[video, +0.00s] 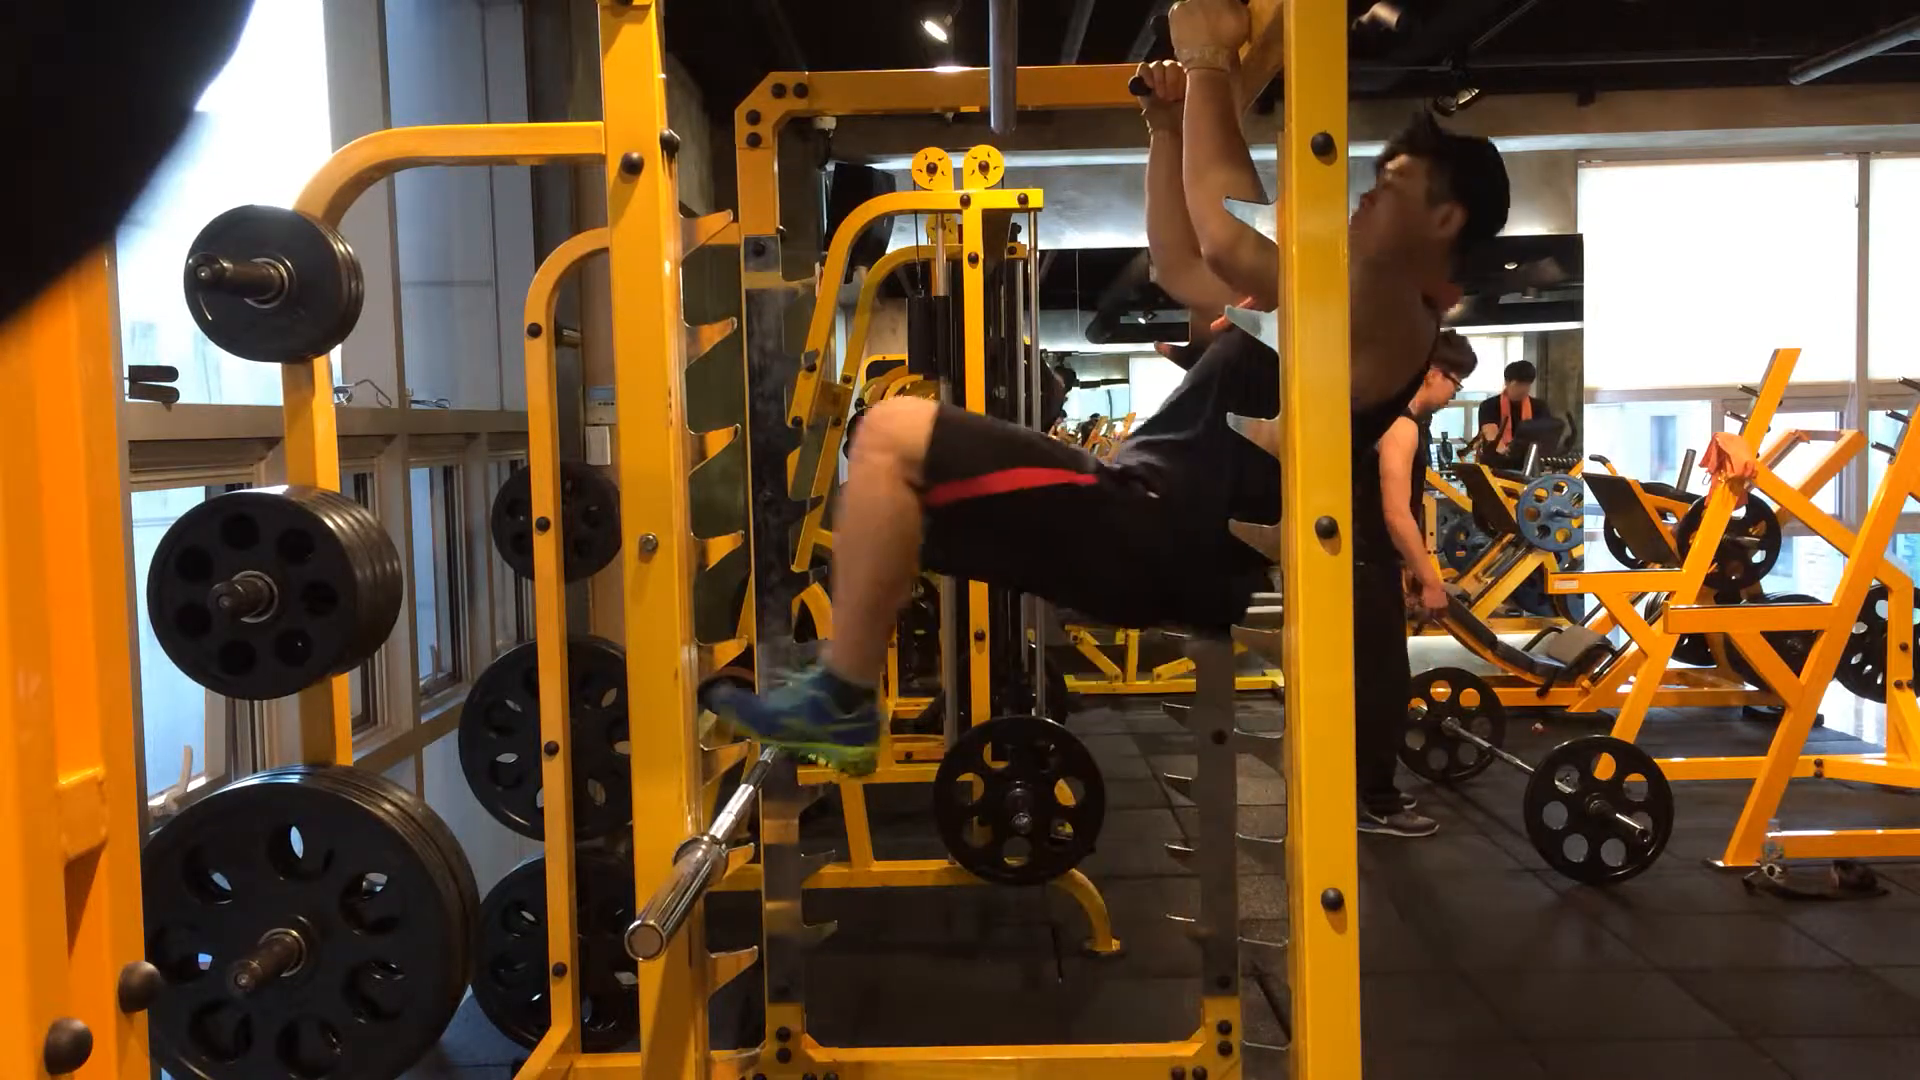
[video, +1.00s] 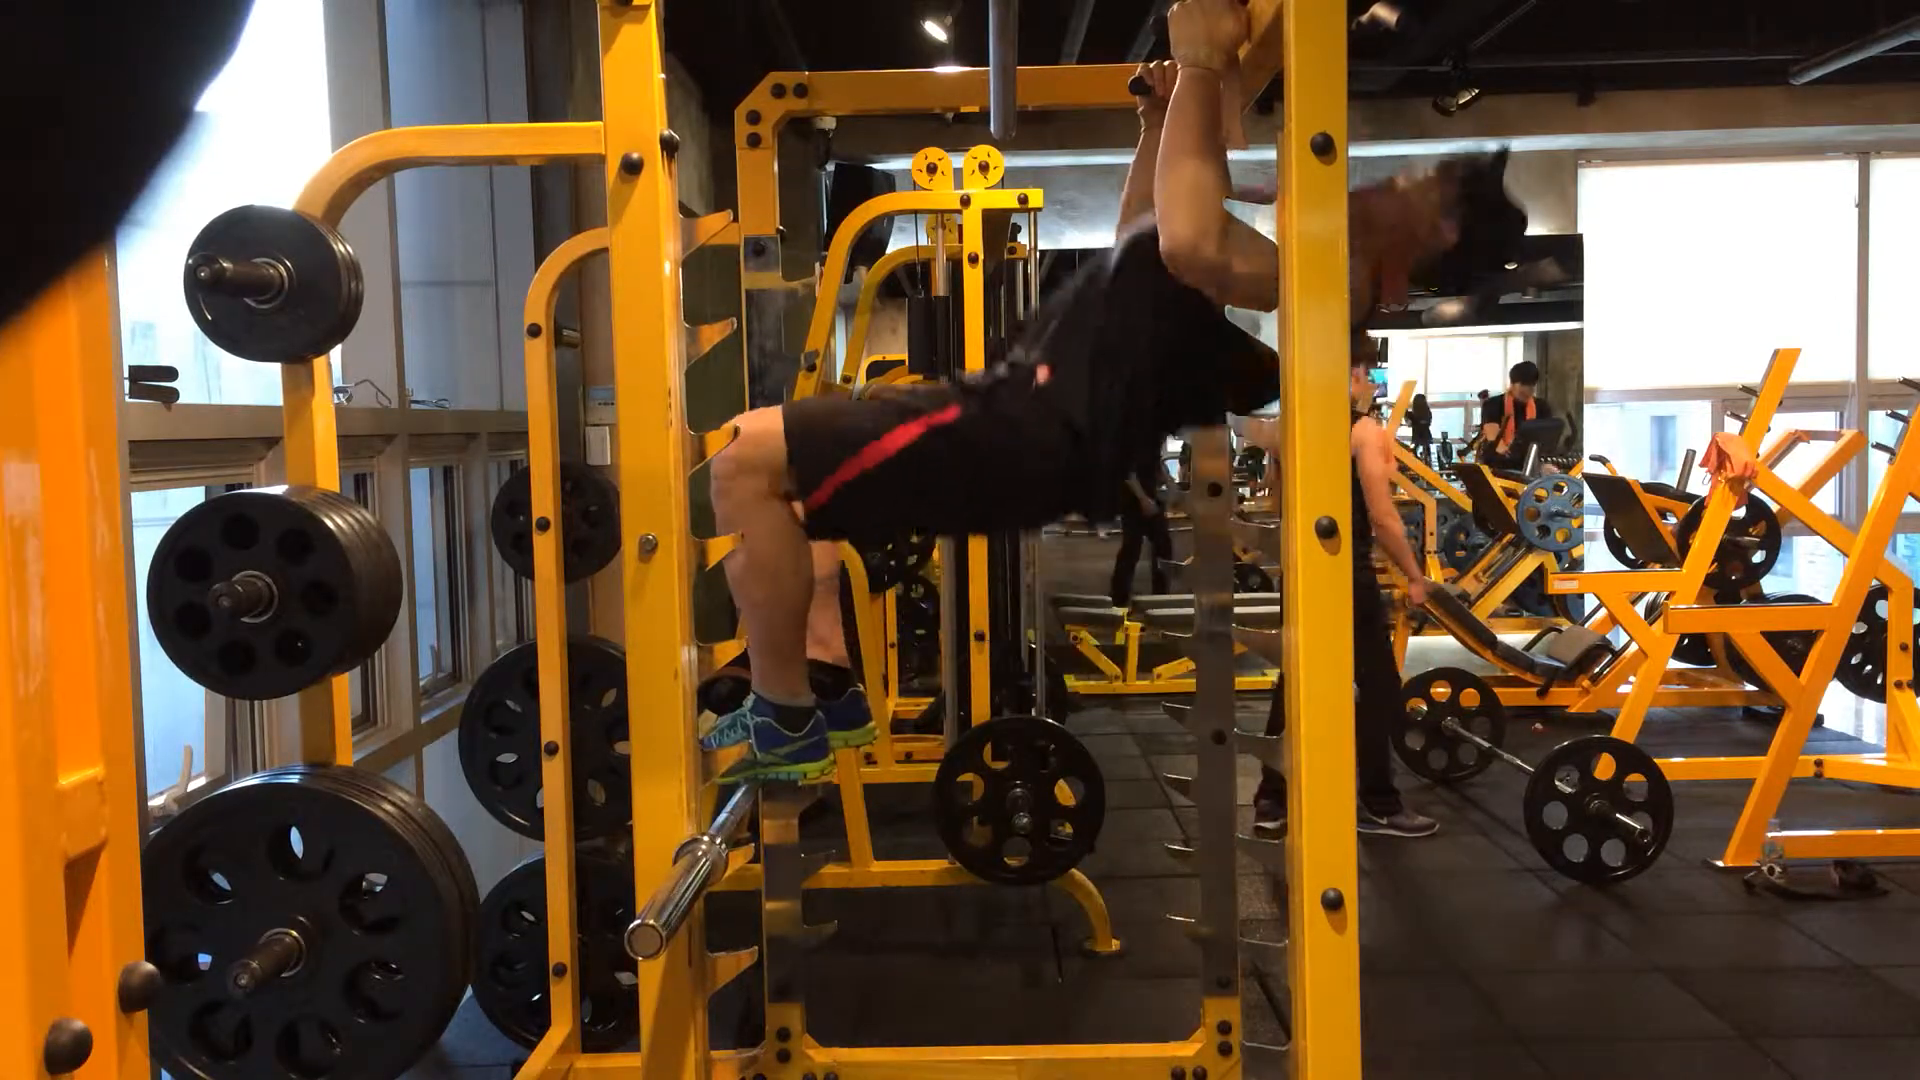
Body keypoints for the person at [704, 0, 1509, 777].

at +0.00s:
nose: (1363, 194)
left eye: (1391, 186)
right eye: (1374, 179)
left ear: (1444, 231)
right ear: (1377, 200)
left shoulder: (1385, 316)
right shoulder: (1342, 305)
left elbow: (1230, 240)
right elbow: (1182, 273)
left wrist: (1215, 69)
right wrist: (1164, 126)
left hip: (1171, 543)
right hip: (1147, 518)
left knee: (894, 436)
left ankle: (844, 692)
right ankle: (838, 679)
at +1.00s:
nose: (1390, 183)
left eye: (1411, 192)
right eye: (1405, 177)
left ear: (1422, 250)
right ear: (1396, 216)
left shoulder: (1338, 279)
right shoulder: (1329, 271)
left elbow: (1196, 252)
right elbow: (1152, 239)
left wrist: (1212, 72)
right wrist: (1166, 117)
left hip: (1041, 429)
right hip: (1035, 401)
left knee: (746, 465)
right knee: (775, 434)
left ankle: (780, 716)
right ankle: (822, 672)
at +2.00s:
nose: (1376, 158)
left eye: (1403, 171)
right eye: (1391, 147)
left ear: (1415, 237)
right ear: (1369, 158)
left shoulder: (1326, 277)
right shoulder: (1310, 227)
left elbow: (1179, 244)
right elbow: (1142, 210)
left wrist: (1208, 66)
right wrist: (1187, 92)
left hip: (1020, 421)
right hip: (1007, 382)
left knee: (733, 474)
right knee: (746, 433)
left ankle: (782, 715)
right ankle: (822, 672)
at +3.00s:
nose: (1352, 178)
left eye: (1378, 179)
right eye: (1367, 169)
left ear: (1397, 223)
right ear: (1379, 216)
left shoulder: (1316, 290)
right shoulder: (1306, 297)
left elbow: (1179, 245)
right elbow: (1140, 242)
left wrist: (1203, 69)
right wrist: (1176, 97)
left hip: (1003, 464)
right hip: (1010, 444)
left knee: (731, 475)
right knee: (749, 435)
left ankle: (780, 713)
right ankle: (821, 669)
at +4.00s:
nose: (1339, 288)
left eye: (1358, 283)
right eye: (1353, 280)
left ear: (1368, 315)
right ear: (1366, 325)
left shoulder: (1297, 407)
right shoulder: (1259, 384)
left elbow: (1194, 269)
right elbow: (1148, 288)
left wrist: (1207, 71)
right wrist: (1155, 134)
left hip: (981, 540)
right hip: (976, 500)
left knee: (723, 488)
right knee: (739, 442)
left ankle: (778, 716)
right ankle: (821, 672)